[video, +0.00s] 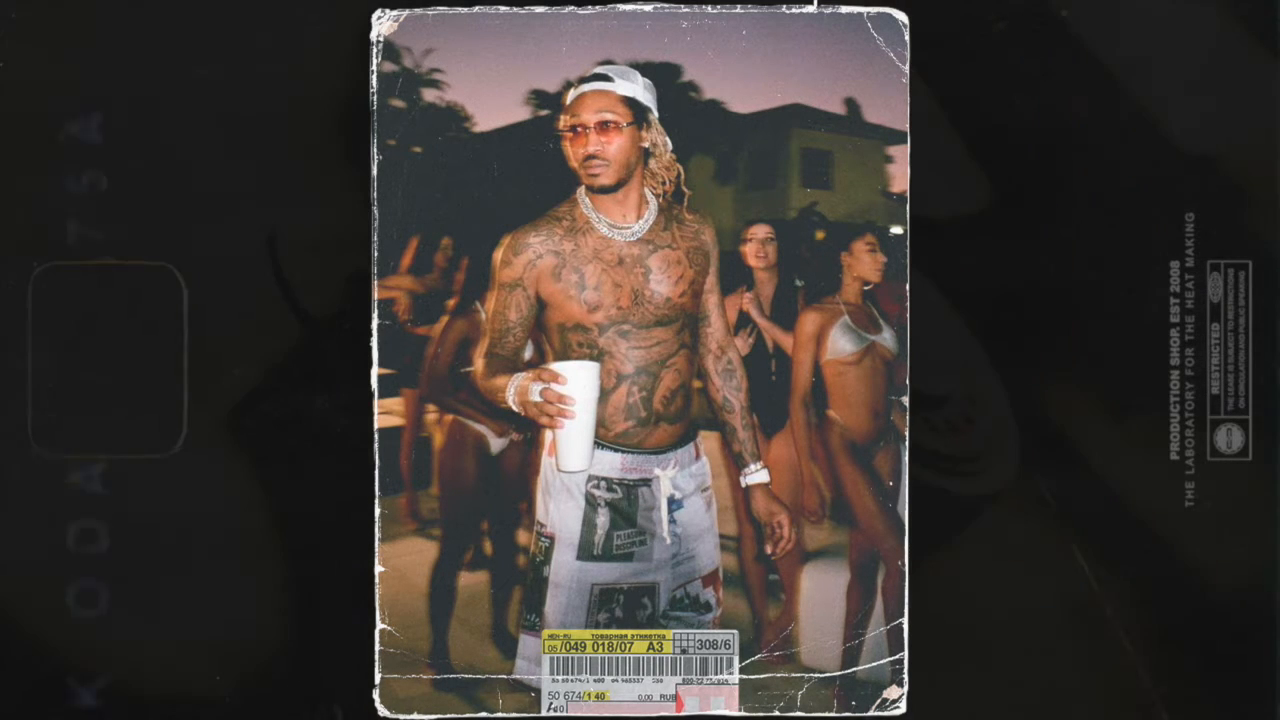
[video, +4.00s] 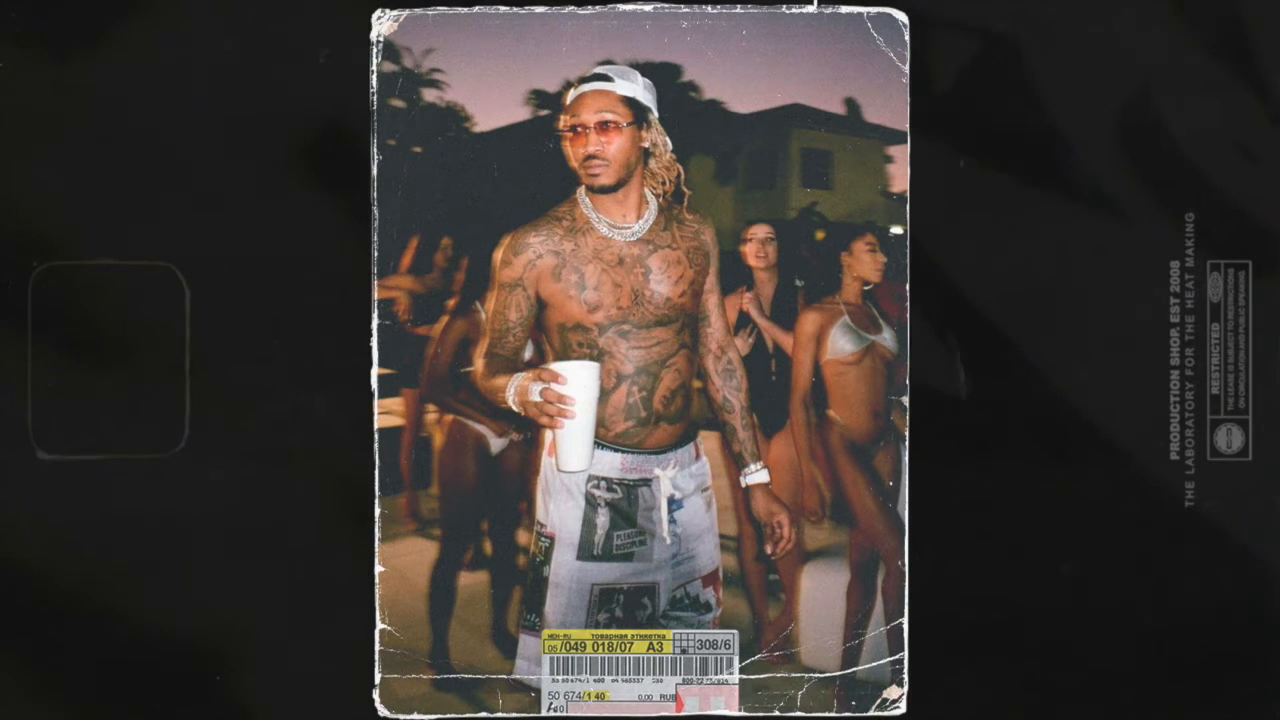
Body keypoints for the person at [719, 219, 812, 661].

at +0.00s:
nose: (760, 249)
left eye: (768, 241)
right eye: (752, 242)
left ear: (781, 249)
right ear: (741, 250)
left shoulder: (797, 295)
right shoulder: (730, 300)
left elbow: (803, 352)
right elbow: (713, 365)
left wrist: (761, 318)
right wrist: (736, 343)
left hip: (784, 419)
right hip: (738, 420)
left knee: (784, 520)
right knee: (748, 525)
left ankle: (793, 614)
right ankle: (761, 620)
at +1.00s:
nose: (759, 249)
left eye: (767, 242)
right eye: (751, 242)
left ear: (781, 249)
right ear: (741, 250)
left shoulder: (797, 296)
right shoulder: (730, 300)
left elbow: (803, 351)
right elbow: (714, 364)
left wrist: (761, 317)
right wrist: (735, 342)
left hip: (784, 419)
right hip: (739, 420)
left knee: (783, 521)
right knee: (748, 525)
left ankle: (794, 612)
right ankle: (762, 621)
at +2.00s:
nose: (760, 249)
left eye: (768, 241)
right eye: (752, 242)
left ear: (781, 249)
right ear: (741, 250)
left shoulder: (798, 296)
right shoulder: (731, 300)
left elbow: (804, 352)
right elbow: (714, 364)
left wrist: (762, 319)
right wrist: (733, 344)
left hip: (784, 419)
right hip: (738, 420)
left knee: (785, 521)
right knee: (749, 527)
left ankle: (794, 613)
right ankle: (763, 623)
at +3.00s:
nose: (760, 249)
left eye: (768, 242)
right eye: (752, 242)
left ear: (781, 249)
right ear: (741, 250)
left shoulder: (798, 296)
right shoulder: (731, 301)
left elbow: (804, 352)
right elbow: (713, 365)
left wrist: (761, 319)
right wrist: (733, 348)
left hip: (784, 419)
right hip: (739, 420)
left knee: (784, 521)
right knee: (749, 527)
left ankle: (793, 613)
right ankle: (762, 622)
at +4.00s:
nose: (761, 249)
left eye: (769, 241)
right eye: (752, 242)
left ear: (781, 249)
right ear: (741, 250)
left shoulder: (797, 295)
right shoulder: (730, 300)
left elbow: (803, 352)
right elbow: (714, 364)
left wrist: (761, 318)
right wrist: (738, 336)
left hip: (783, 419)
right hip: (738, 422)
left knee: (784, 520)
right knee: (748, 526)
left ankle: (794, 614)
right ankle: (761, 622)